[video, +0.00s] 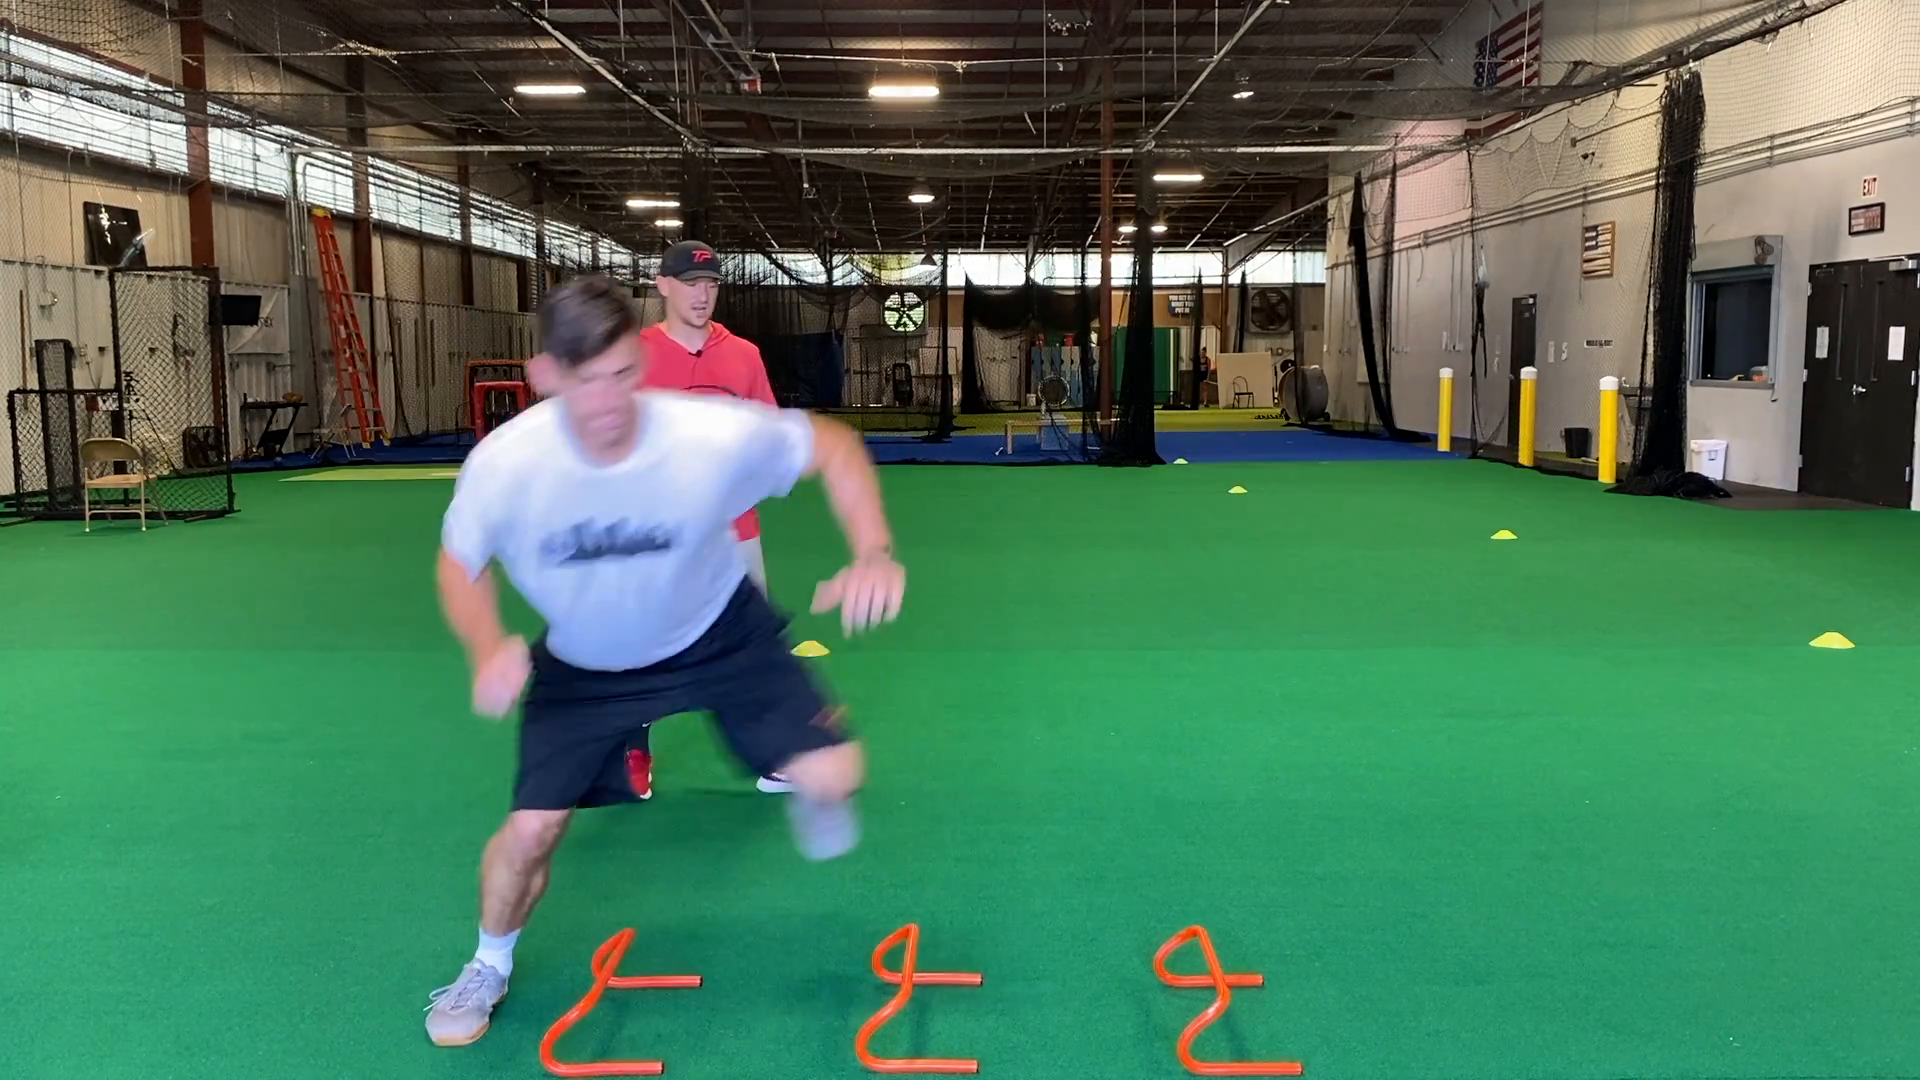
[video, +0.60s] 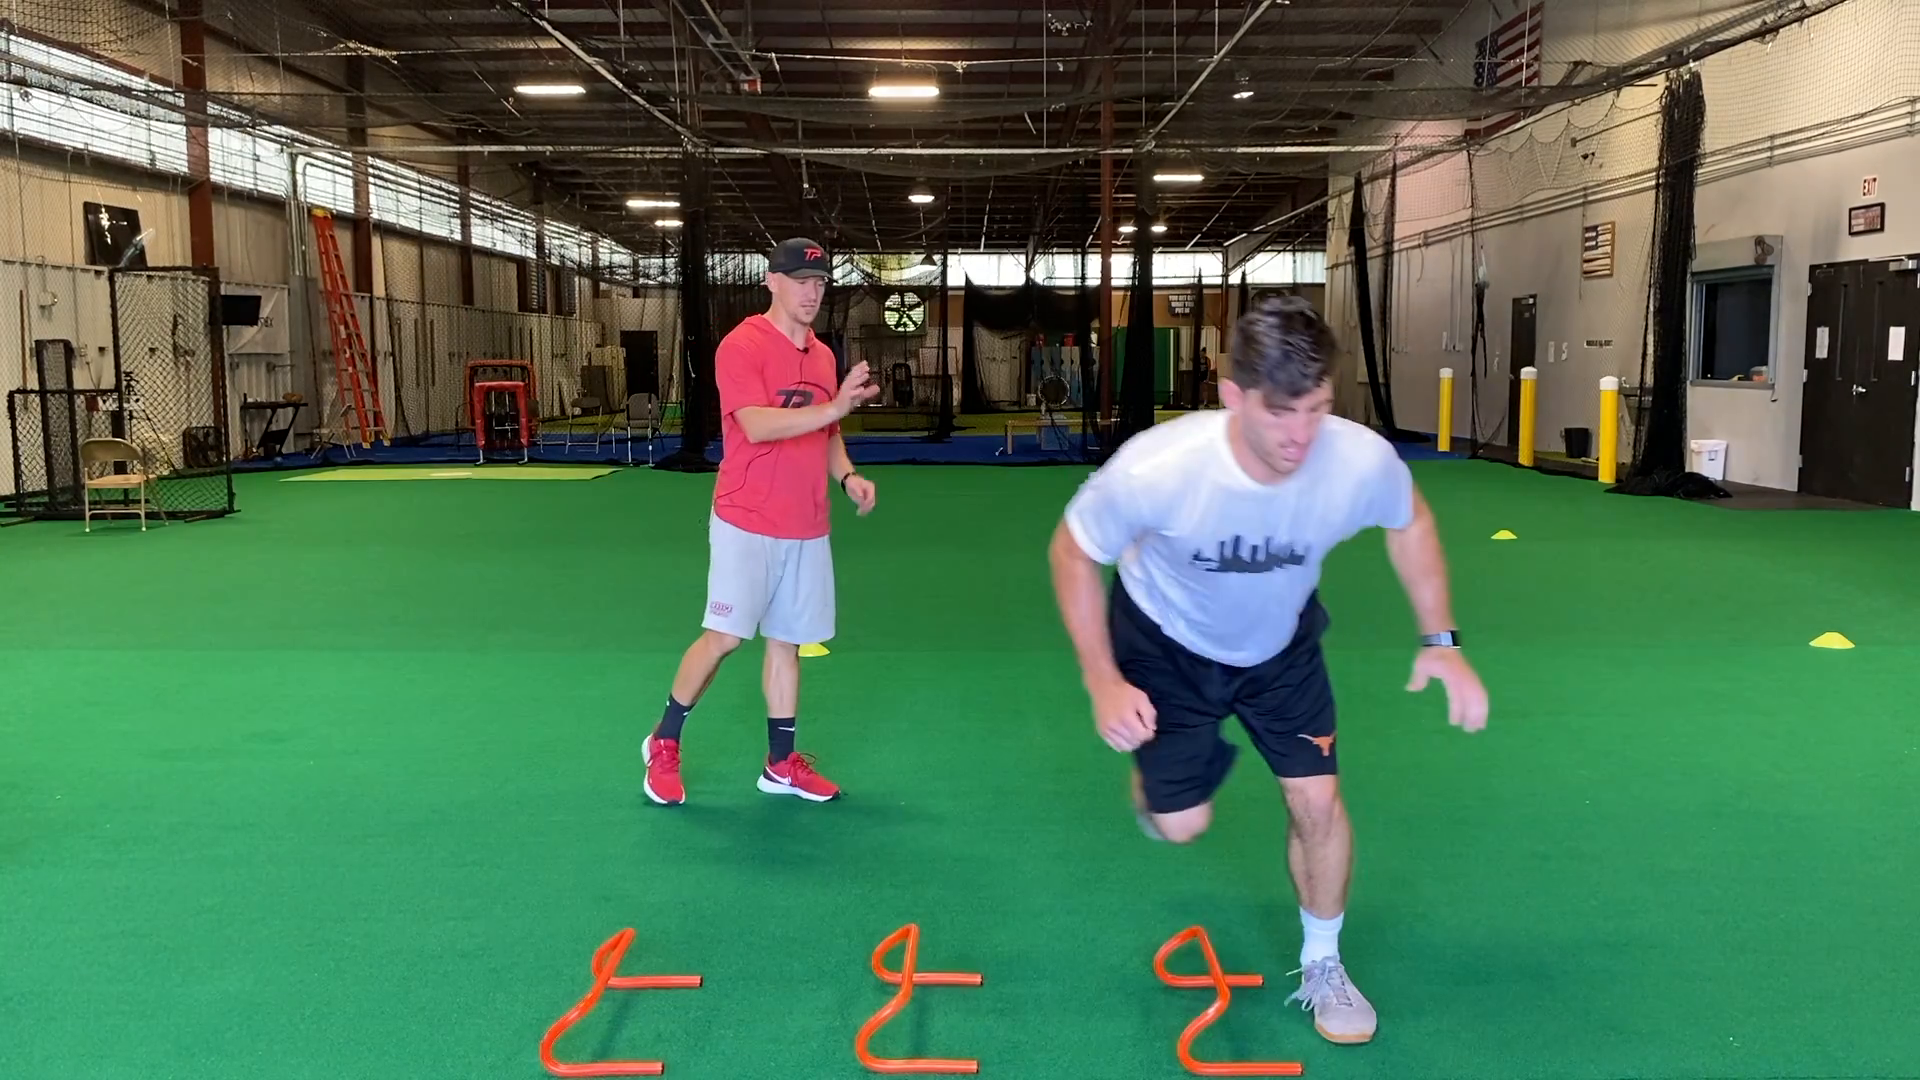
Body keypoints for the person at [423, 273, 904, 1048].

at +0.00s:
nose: (612, 398)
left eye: (626, 375)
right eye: (591, 379)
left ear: (644, 364)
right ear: (550, 376)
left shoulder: (712, 433)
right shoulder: (503, 463)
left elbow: (835, 444)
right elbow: (457, 566)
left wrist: (873, 551)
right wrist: (489, 645)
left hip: (722, 632)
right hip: (582, 663)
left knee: (832, 773)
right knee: (530, 829)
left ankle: (819, 792)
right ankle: (488, 967)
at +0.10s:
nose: (754, 310)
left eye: (767, 290)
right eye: (734, 292)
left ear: (782, 284)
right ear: (685, 287)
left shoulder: (832, 350)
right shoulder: (623, 369)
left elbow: (926, 358)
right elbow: (554, 418)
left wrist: (935, 436)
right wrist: (556, 529)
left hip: (816, 564)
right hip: (678, 604)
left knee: (980, 670)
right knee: (603, 770)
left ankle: (956, 745)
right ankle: (492, 949)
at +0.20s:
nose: (885, 263)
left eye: (898, 243)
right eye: (865, 245)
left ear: (916, 235)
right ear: (816, 237)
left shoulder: (955, 305)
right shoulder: (751, 307)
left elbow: (1035, 337)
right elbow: (686, 336)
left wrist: (1028, 414)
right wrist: (664, 457)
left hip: (925, 518)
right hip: (791, 542)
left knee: (1085, 648)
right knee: (706, 722)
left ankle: (1140, 779)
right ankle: (595, 846)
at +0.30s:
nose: (1015, 266)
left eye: (1030, 246)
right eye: (995, 247)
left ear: (1045, 234)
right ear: (944, 231)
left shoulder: (1080, 310)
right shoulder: (870, 305)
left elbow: (1132, 355)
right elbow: (805, 346)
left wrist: (1129, 454)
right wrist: (785, 469)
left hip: (1029, 525)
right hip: (900, 527)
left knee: (1151, 689)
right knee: (827, 726)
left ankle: (1273, 862)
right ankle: (763, 714)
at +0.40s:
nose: (1137, 313)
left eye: (1149, 292)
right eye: (1117, 294)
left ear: (1163, 283)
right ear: (1070, 286)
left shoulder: (1201, 365)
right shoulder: (988, 364)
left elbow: (1231, 421)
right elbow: (927, 410)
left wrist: (1236, 523)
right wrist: (917, 547)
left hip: (1140, 578)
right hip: (1015, 573)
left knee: (1222, 764)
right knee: (954, 775)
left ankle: (1306, 953)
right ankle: (916, 690)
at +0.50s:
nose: (1237, 389)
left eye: (1251, 368)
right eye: (1216, 368)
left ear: (1266, 359)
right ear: (1168, 358)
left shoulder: (1298, 433)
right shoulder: (1092, 435)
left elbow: (1335, 498)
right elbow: (1022, 509)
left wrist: (1356, 614)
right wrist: (1035, 639)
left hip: (1228, 616)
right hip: (1110, 617)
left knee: (1289, 795)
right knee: (1087, 816)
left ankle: (1321, 965)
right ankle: (1059, 742)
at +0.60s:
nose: (1300, 432)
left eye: (1315, 411)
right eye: (1280, 412)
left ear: (1330, 394)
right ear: (1230, 393)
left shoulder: (1361, 461)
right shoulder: (1157, 466)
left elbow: (1411, 522)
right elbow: (1072, 547)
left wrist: (1439, 638)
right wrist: (1102, 679)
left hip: (1282, 639)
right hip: (1166, 640)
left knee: (1317, 799)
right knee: (1183, 822)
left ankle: (1323, 967)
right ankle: (1156, 775)